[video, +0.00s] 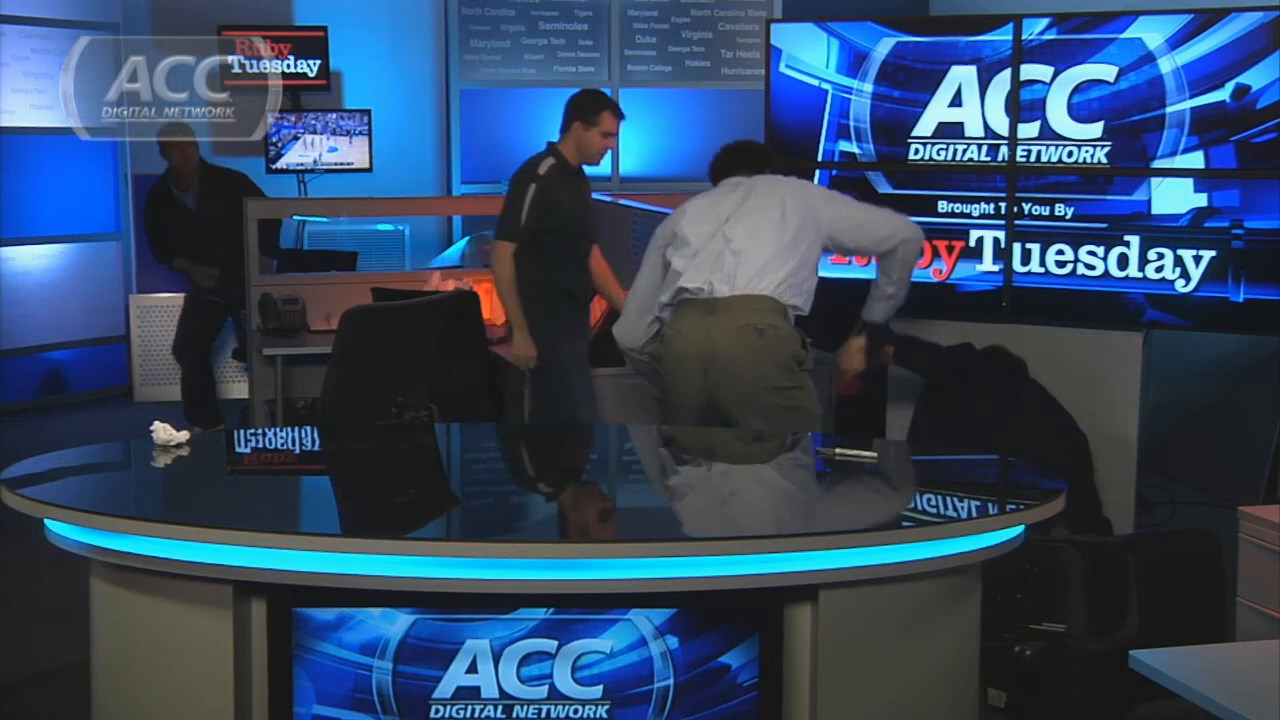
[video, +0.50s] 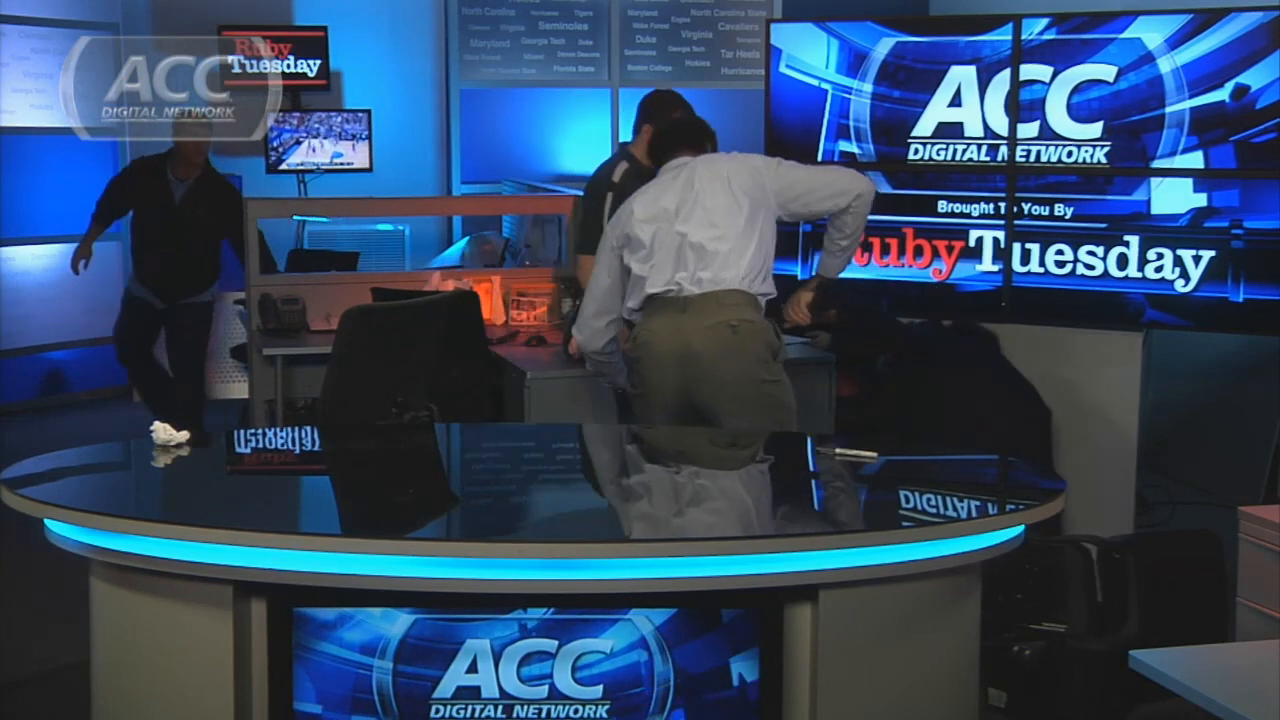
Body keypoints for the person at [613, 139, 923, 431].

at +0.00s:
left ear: (715, 178)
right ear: (773, 168)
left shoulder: (682, 215)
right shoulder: (801, 194)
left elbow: (630, 333)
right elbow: (904, 236)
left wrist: (678, 370)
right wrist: (867, 331)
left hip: (681, 341)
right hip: (759, 337)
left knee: (687, 468)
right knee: (793, 469)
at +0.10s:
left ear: (696, 175)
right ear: (751, 163)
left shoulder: (666, 215)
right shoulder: (788, 183)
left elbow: (621, 336)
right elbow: (892, 204)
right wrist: (870, 301)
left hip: (674, 343)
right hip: (753, 338)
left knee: (685, 472)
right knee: (787, 469)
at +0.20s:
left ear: (680, 171)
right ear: (735, 158)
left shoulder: (651, 215)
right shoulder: (768, 179)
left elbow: (611, 336)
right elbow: (875, 195)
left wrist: (651, 383)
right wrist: (851, 285)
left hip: (662, 340)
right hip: (741, 334)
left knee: (671, 470)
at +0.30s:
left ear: (665, 168)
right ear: (718, 154)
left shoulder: (638, 213)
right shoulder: (755, 175)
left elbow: (600, 336)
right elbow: (863, 191)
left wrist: (641, 386)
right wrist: (844, 281)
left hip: (659, 342)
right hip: (739, 332)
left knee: (667, 476)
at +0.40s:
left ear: (658, 165)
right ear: (710, 150)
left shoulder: (632, 212)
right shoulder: (751, 172)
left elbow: (593, 334)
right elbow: (861, 189)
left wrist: (637, 387)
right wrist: (839, 283)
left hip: (655, 341)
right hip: (737, 332)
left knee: (662, 474)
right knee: (738, 482)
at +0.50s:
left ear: (658, 157)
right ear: (709, 148)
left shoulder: (630, 210)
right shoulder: (747, 170)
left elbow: (591, 336)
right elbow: (856, 189)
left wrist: (632, 383)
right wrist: (819, 281)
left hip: (654, 341)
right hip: (734, 329)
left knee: (664, 474)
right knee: (737, 481)